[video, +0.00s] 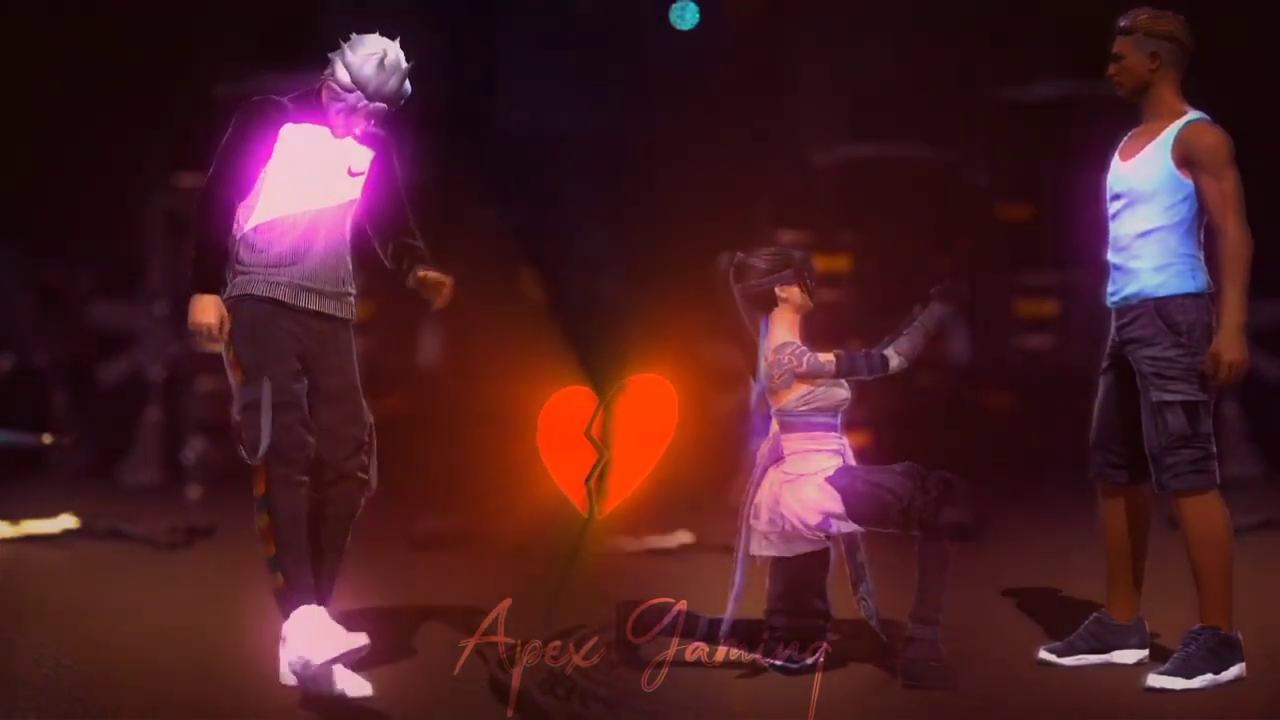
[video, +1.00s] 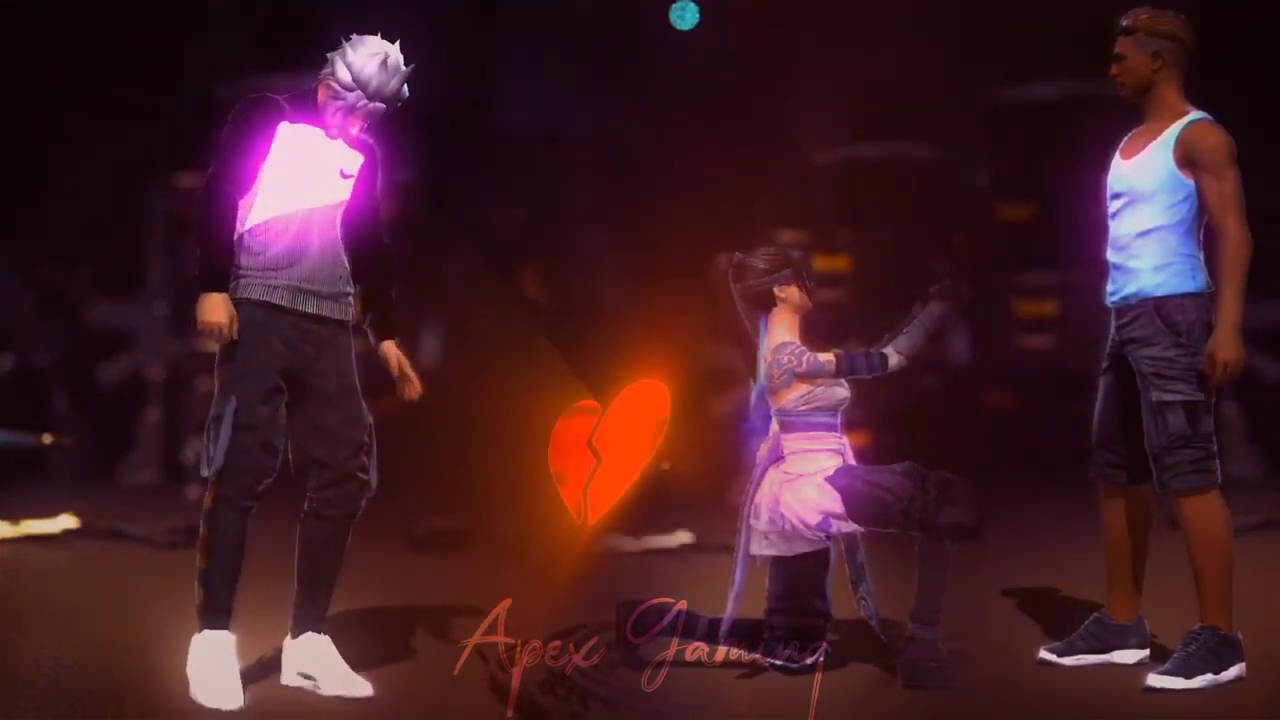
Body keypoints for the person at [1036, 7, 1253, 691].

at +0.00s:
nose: (1111, 68)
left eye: (1120, 58)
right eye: (1111, 58)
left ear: (1158, 62)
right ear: (1140, 65)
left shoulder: (1199, 135)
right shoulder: (1131, 141)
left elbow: (1233, 233)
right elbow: (1135, 241)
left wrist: (1231, 328)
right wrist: (1119, 320)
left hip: (1172, 320)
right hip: (1125, 323)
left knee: (1189, 477)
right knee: (1115, 471)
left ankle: (1216, 637)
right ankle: (1121, 623)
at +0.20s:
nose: (1110, 68)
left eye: (1120, 58)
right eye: (1111, 58)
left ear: (1158, 63)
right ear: (1139, 66)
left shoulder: (1199, 135)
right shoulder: (1132, 141)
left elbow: (1234, 233)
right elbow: (1137, 240)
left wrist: (1231, 328)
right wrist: (1119, 320)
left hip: (1173, 321)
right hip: (1126, 323)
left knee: (1189, 476)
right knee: (1115, 470)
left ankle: (1216, 637)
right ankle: (1121, 623)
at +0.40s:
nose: (1110, 68)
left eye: (1120, 58)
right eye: (1111, 58)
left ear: (1158, 63)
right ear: (1139, 66)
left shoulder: (1198, 135)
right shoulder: (1132, 141)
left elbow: (1234, 232)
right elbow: (1137, 240)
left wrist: (1232, 328)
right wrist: (1119, 320)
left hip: (1172, 321)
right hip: (1126, 323)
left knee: (1188, 478)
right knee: (1115, 471)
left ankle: (1216, 637)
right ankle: (1121, 622)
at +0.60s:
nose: (1113, 68)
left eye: (1122, 58)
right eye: (1113, 58)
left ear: (1159, 62)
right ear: (1142, 64)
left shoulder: (1201, 135)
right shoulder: (1134, 140)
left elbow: (1233, 233)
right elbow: (1136, 240)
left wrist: (1227, 327)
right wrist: (1117, 321)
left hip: (1171, 320)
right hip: (1125, 322)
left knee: (1190, 477)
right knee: (1117, 472)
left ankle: (1216, 636)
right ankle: (1121, 623)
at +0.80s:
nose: (1113, 68)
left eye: (1122, 58)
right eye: (1113, 58)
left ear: (1160, 62)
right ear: (1142, 64)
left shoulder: (1201, 135)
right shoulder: (1134, 139)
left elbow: (1234, 233)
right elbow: (1136, 239)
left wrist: (1227, 327)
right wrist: (1118, 319)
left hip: (1171, 320)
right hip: (1124, 322)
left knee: (1190, 476)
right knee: (1116, 470)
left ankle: (1216, 636)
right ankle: (1121, 623)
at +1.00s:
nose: (1113, 68)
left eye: (1122, 59)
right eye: (1113, 59)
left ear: (1160, 62)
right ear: (1142, 65)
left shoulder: (1200, 135)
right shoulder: (1133, 140)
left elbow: (1234, 233)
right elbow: (1136, 239)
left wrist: (1227, 328)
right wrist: (1118, 320)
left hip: (1172, 320)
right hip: (1125, 322)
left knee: (1190, 476)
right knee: (1117, 471)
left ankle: (1217, 636)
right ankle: (1121, 623)